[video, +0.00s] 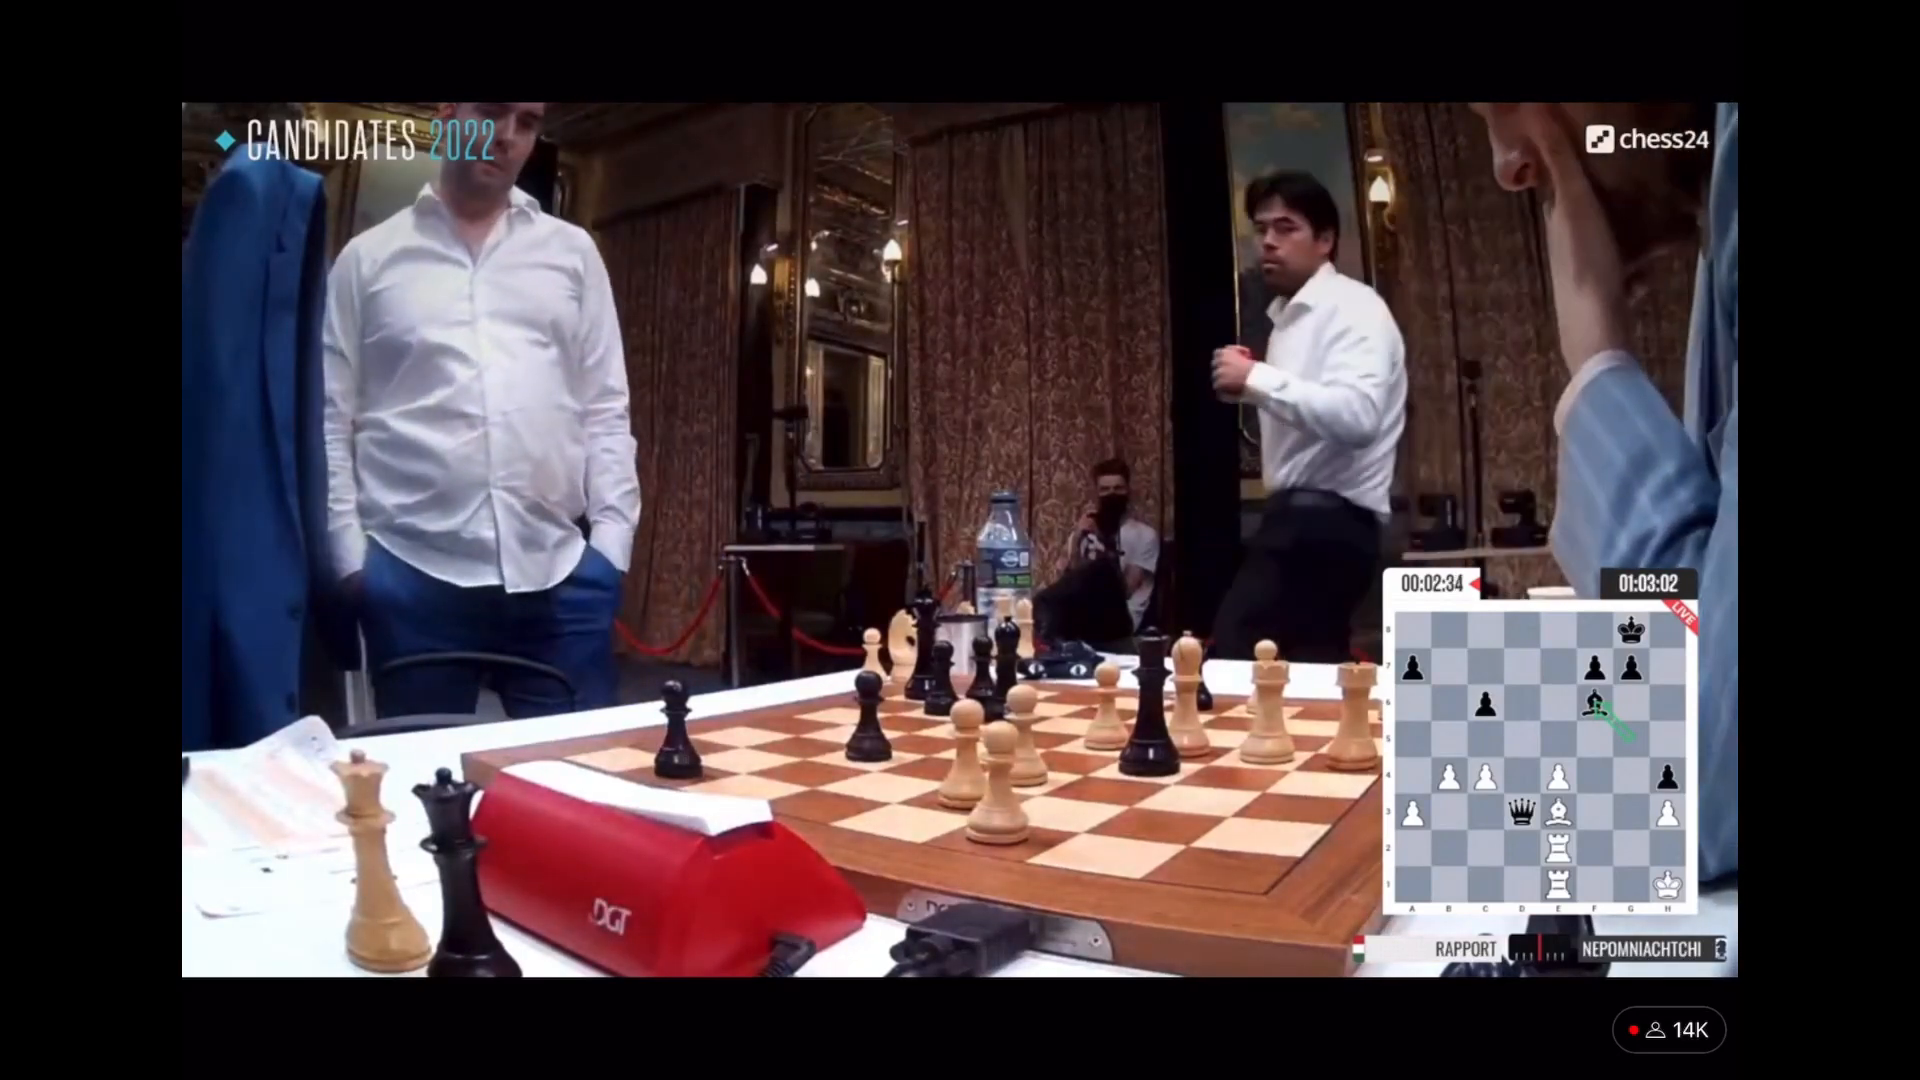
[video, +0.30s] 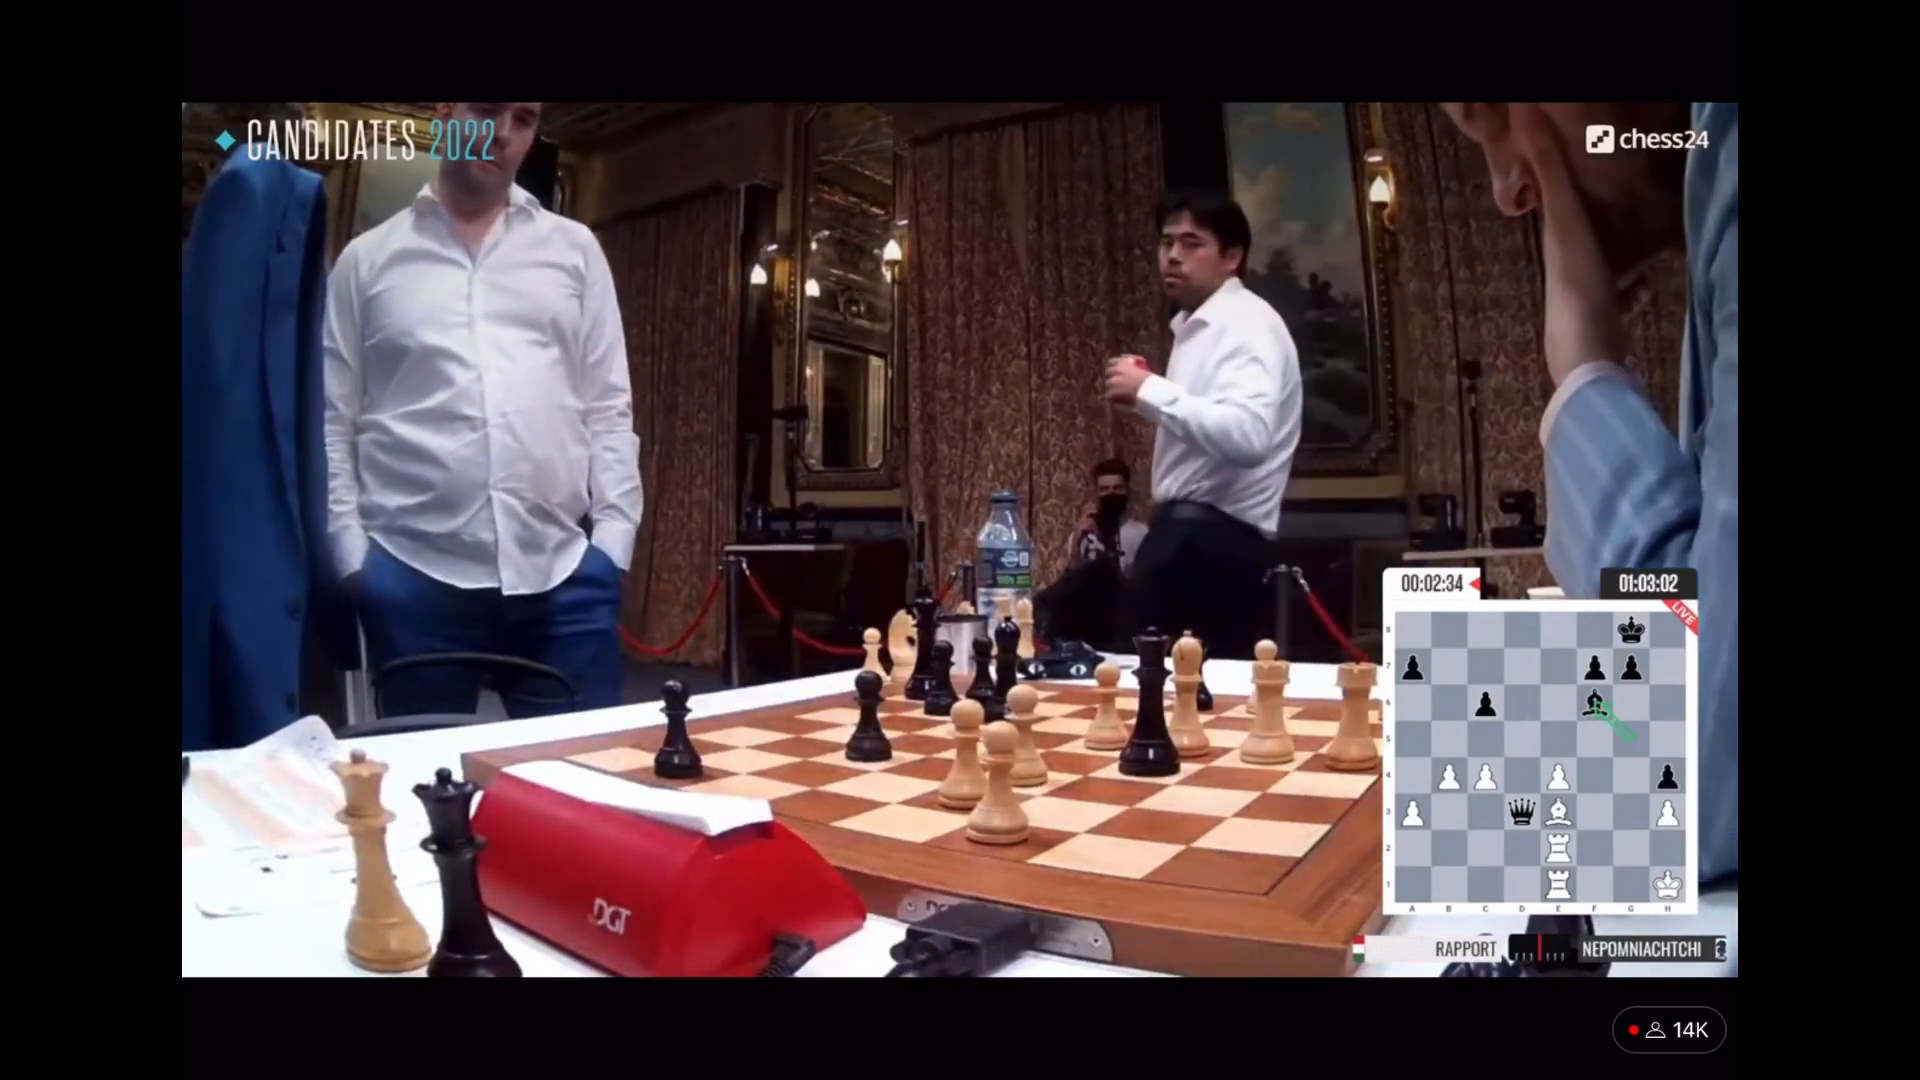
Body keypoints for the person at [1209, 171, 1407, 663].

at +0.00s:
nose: (1268, 243)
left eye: (1286, 229)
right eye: (1262, 230)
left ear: (1325, 241)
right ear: (1255, 237)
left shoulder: (1359, 310)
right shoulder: (1290, 319)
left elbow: (1358, 416)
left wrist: (1257, 379)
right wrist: (1254, 377)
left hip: (1331, 523)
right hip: (1294, 517)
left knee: (1234, 661)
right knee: (1312, 671)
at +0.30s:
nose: (1172, 257)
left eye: (1191, 244)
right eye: (1167, 243)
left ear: (1232, 258)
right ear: (1158, 250)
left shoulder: (1249, 324)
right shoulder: (1202, 325)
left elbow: (1249, 433)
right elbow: (1212, 420)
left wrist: (1149, 391)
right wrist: (1153, 388)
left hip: (1215, 539)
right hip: (1184, 531)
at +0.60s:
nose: (1123, 253)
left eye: (1142, 240)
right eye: (1116, 240)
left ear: (1180, 255)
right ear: (1106, 247)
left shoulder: (1204, 325)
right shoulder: (1143, 327)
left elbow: (1188, 429)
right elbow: (1136, 446)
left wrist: (1092, 381)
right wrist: (1098, 513)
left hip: (1162, 537)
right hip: (1120, 531)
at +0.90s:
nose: (1102, 253)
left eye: (1121, 242)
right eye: (1093, 239)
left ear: (1154, 260)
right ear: (1080, 249)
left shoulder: (1187, 327)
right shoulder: (1076, 339)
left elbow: (1196, 433)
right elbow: (1053, 456)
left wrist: (1090, 387)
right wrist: (1039, 543)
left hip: (1140, 530)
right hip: (1069, 530)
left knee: (1139, 688)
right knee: (1068, 688)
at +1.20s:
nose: (1081, 256)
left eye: (1100, 244)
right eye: (1072, 242)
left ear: (1131, 259)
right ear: (1058, 251)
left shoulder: (1170, 330)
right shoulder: (1042, 341)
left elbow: (1198, 437)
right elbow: (1019, 457)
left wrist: (1091, 395)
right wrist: (1016, 542)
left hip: (1126, 532)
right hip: (1050, 534)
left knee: (1131, 689)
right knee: (1057, 689)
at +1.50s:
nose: (1071, 258)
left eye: (1089, 246)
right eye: (1061, 244)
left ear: (1121, 259)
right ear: (1048, 253)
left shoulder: (1161, 330)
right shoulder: (1036, 343)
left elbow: (1190, 437)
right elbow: (1017, 460)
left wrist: (1084, 395)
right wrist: (1000, 546)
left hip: (1120, 534)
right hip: (1044, 536)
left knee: (1124, 691)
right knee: (1050, 693)